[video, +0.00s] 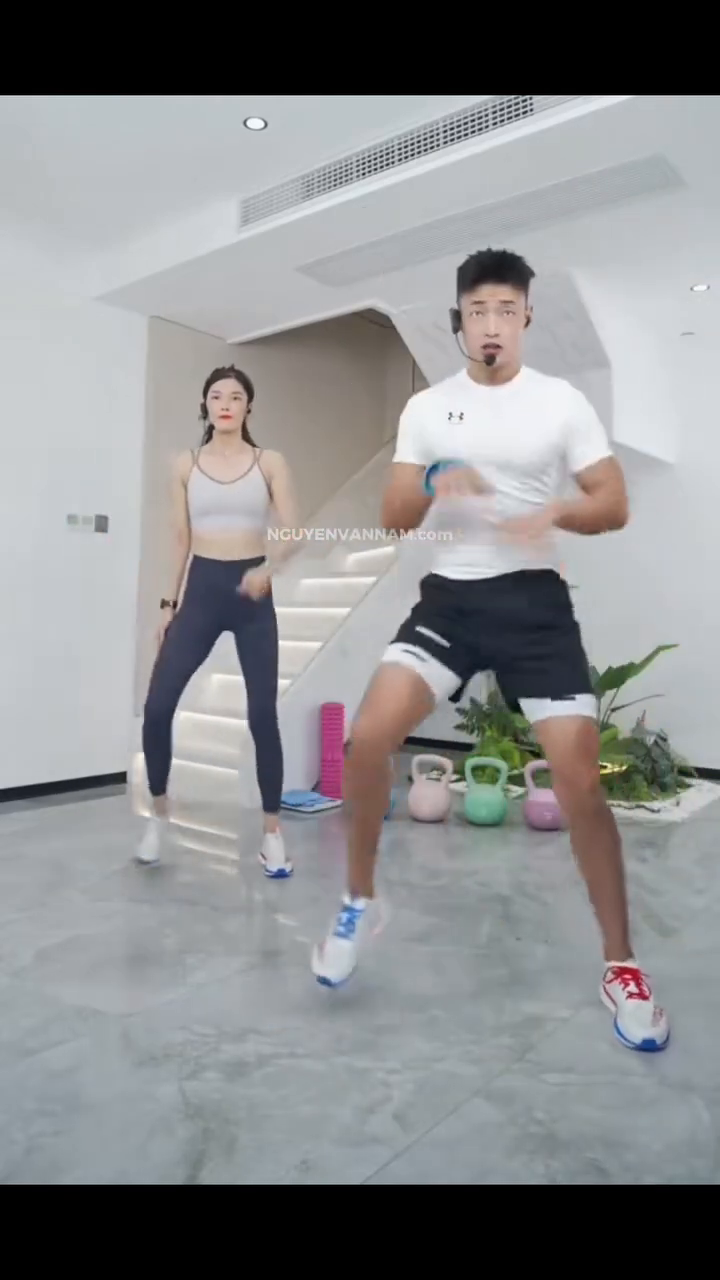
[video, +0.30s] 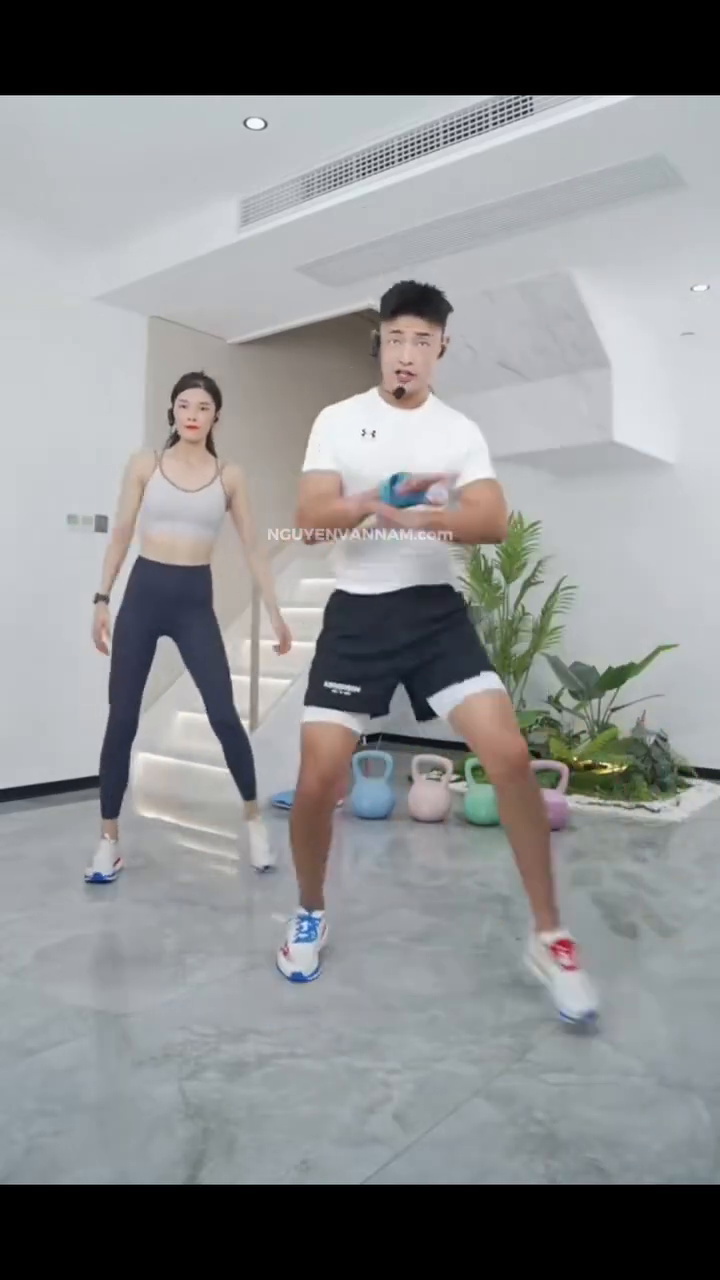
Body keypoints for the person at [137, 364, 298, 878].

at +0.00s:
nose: (226, 404)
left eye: (235, 397)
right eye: (218, 397)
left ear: (249, 407)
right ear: (205, 405)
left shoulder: (269, 462)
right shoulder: (187, 465)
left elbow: (292, 532)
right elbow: (183, 540)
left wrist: (268, 569)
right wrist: (171, 603)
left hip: (254, 593)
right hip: (202, 593)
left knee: (263, 715)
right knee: (157, 709)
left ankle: (272, 829)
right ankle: (158, 814)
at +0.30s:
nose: (193, 414)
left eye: (203, 407)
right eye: (185, 405)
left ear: (215, 416)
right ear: (172, 412)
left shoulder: (228, 475)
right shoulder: (146, 465)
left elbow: (254, 549)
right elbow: (121, 535)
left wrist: (276, 613)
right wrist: (102, 599)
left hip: (195, 603)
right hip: (141, 599)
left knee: (224, 717)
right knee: (121, 720)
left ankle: (255, 819)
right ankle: (108, 836)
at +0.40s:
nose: (184, 411)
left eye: (194, 404)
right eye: (177, 403)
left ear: (206, 413)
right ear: (163, 409)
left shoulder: (219, 474)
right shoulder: (137, 463)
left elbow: (239, 548)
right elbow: (106, 532)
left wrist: (260, 614)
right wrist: (83, 595)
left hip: (188, 597)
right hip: (134, 592)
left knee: (190, 711)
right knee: (117, 715)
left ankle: (207, 803)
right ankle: (107, 834)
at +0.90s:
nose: (202, 404)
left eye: (210, 397)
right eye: (193, 396)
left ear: (223, 407)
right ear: (179, 405)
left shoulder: (238, 464)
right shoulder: (157, 459)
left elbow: (252, 535)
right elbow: (141, 534)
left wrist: (262, 590)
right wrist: (138, 598)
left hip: (222, 593)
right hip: (165, 591)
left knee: (252, 710)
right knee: (140, 717)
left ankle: (287, 814)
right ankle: (112, 834)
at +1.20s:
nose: (245, 408)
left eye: (254, 401)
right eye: (237, 401)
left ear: (266, 411)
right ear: (224, 410)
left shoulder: (287, 465)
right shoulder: (206, 468)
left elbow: (315, 534)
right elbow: (195, 537)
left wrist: (317, 607)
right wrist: (198, 598)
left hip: (280, 596)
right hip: (228, 597)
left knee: (286, 712)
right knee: (190, 709)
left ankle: (296, 821)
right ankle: (185, 798)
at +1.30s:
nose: (249, 401)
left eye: (258, 394)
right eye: (241, 393)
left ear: (272, 404)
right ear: (229, 403)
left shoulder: (292, 458)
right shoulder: (210, 460)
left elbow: (322, 525)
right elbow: (205, 524)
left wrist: (318, 601)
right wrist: (220, 565)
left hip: (279, 585)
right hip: (228, 586)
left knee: (285, 708)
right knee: (227, 712)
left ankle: (297, 819)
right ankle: (244, 804)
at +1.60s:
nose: (249, 412)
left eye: (258, 405)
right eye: (241, 404)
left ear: (271, 416)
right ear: (228, 414)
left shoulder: (290, 470)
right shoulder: (209, 470)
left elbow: (327, 528)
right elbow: (195, 526)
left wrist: (293, 578)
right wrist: (221, 567)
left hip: (274, 599)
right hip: (224, 598)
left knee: (287, 715)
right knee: (164, 701)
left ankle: (297, 824)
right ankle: (190, 804)